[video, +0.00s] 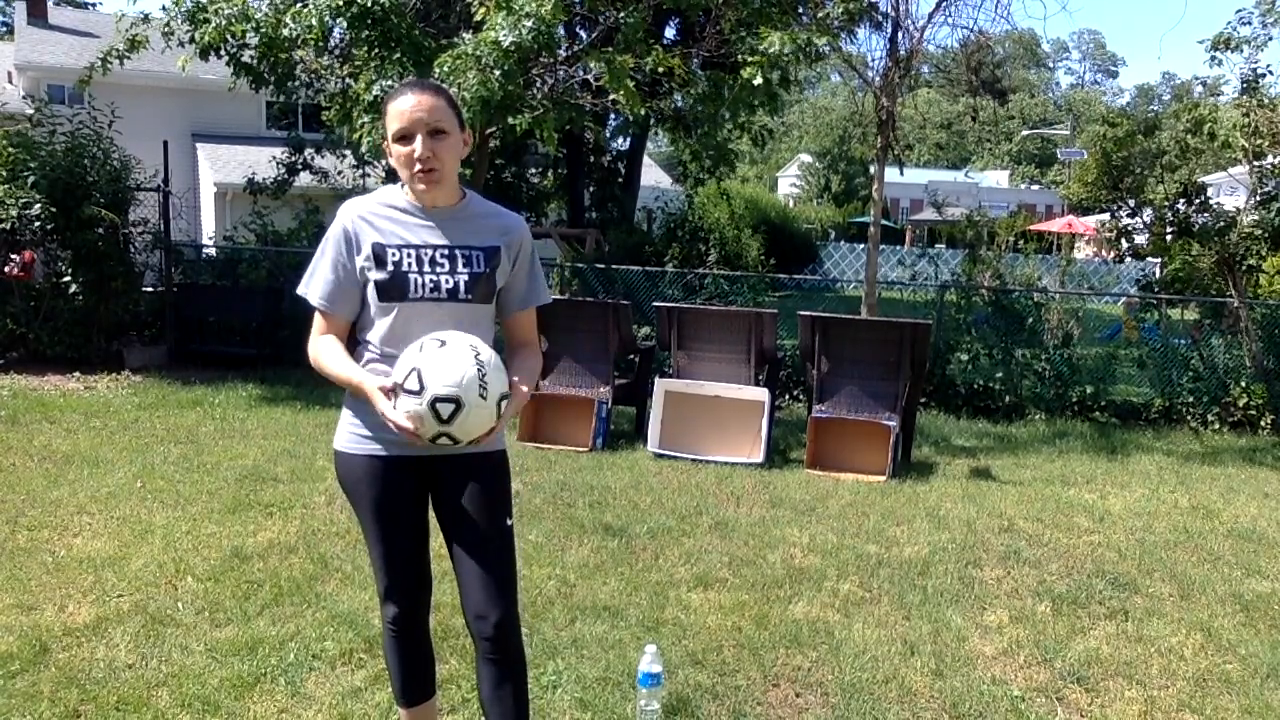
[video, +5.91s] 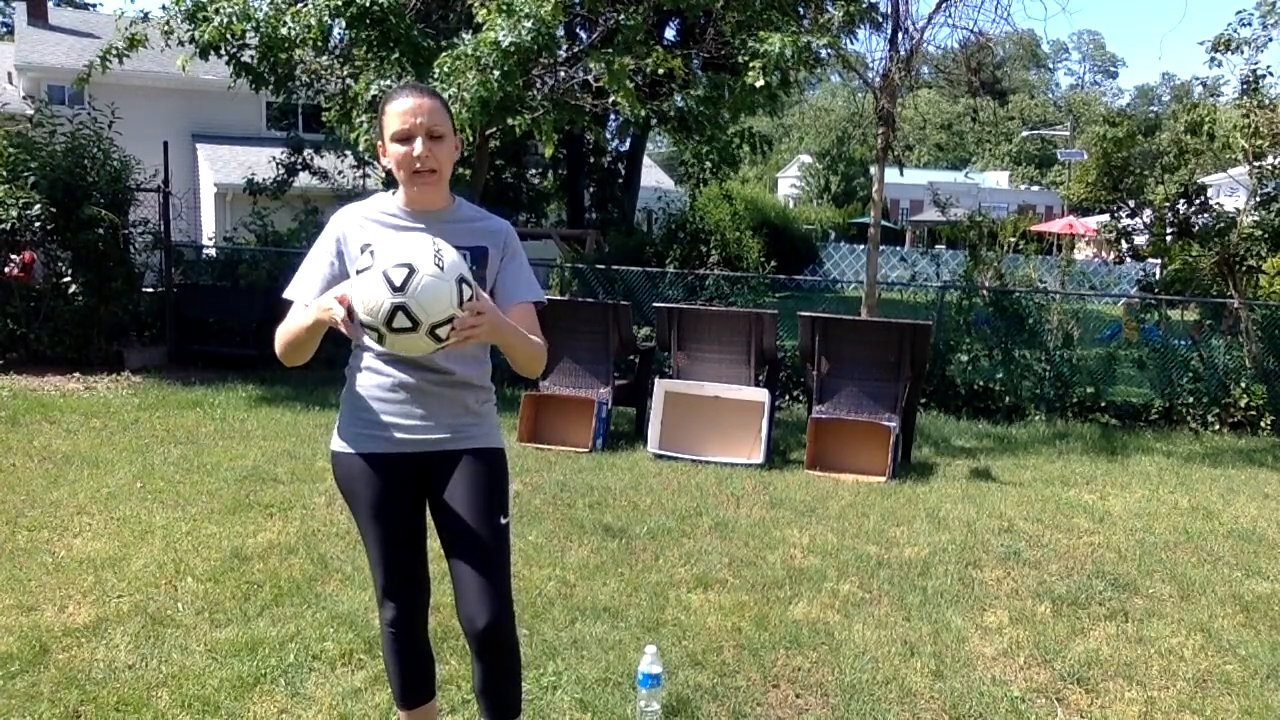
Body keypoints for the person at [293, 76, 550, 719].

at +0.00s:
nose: (422, 148)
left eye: (437, 133)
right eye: (405, 136)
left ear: (464, 141)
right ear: (388, 150)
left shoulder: (505, 230)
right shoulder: (357, 223)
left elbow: (524, 340)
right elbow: (322, 342)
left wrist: (519, 386)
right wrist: (366, 384)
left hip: (474, 448)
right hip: (378, 448)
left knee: (495, 621)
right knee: (403, 610)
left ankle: (510, 718)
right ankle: (419, 714)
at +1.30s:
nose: (428, 147)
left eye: (443, 132)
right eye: (410, 133)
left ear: (463, 142)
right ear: (387, 146)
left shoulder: (502, 227)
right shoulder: (355, 222)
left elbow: (514, 360)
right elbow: (327, 358)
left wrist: (446, 333)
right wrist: (328, 306)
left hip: (476, 440)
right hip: (380, 439)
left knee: (497, 625)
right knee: (405, 611)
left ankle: (506, 718)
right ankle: (420, 716)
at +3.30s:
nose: (397, 140)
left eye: (412, 126)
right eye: (380, 127)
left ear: (434, 140)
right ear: (357, 141)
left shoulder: (478, 221)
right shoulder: (331, 227)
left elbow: (526, 323)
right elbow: (308, 359)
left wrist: (526, 348)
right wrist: (372, 340)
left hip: (470, 440)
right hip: (374, 444)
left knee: (494, 619)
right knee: (401, 611)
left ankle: (505, 718)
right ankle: (419, 715)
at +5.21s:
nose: (419, 154)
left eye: (433, 139)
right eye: (402, 141)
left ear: (453, 148)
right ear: (379, 151)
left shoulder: (490, 232)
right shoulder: (348, 227)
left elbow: (542, 360)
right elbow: (292, 354)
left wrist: (517, 324)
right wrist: (336, 312)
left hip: (468, 438)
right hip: (374, 437)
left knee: (491, 619)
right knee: (400, 607)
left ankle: (504, 718)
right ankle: (420, 716)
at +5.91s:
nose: (421, 150)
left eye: (434, 136)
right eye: (405, 138)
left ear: (457, 146)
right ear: (383, 154)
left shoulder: (493, 234)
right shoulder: (351, 226)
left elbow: (534, 362)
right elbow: (288, 351)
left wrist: (499, 327)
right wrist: (321, 310)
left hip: (467, 441)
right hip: (374, 441)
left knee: (489, 621)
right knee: (400, 610)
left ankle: (502, 719)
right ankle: (419, 716)